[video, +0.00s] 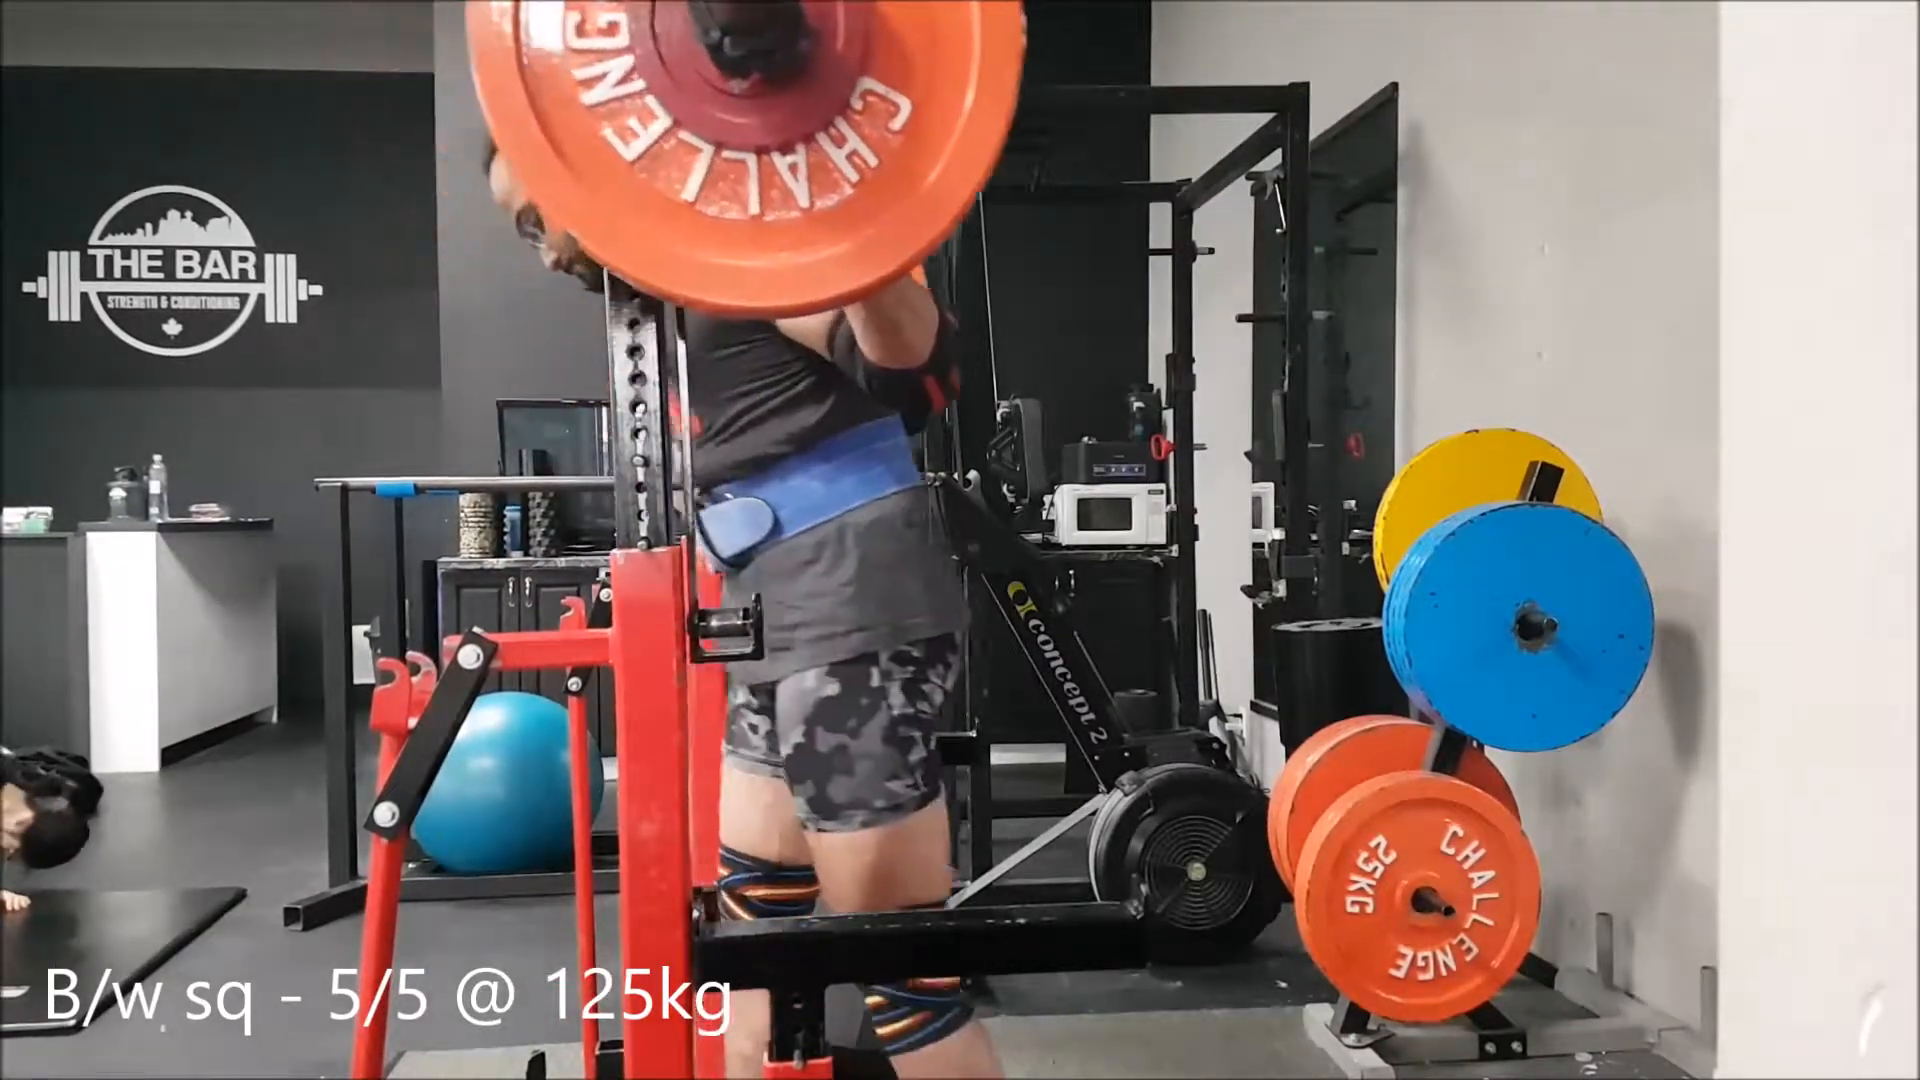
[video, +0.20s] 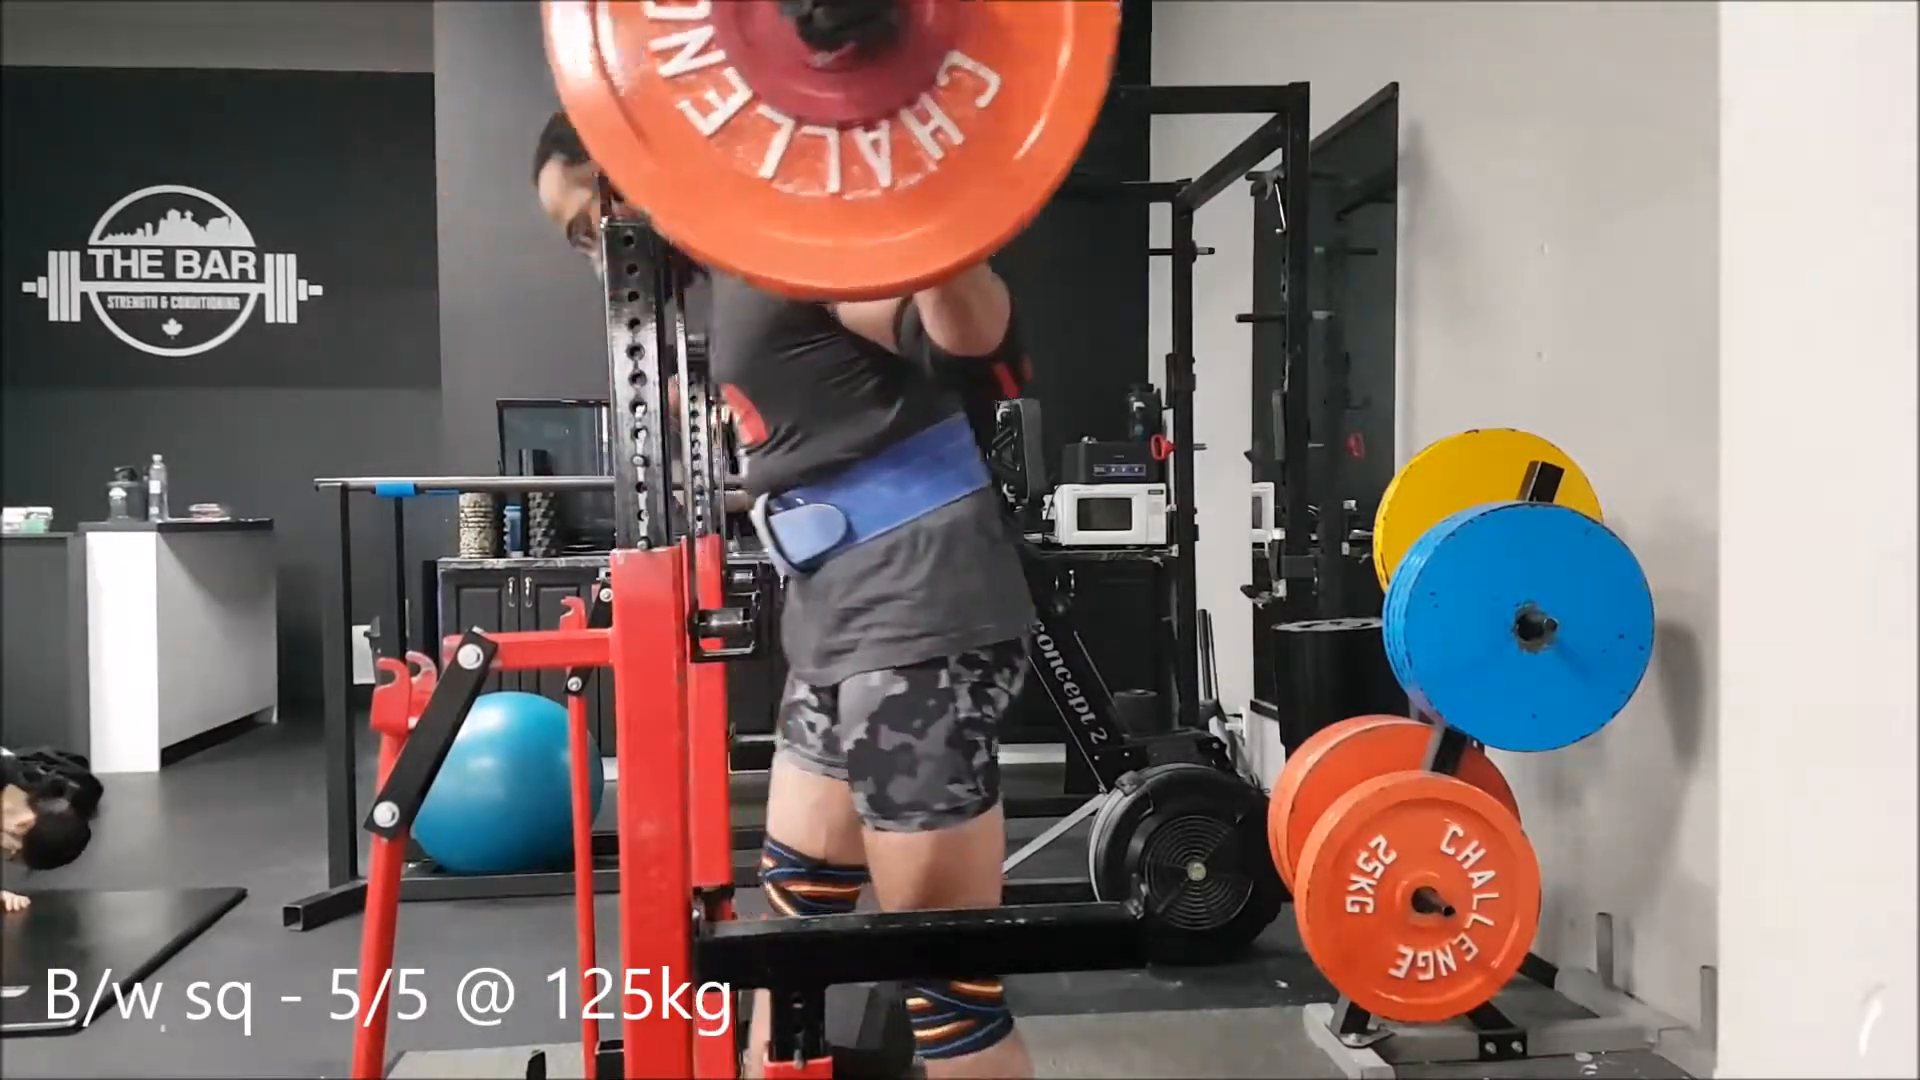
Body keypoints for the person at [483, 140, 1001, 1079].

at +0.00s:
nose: (547, 243)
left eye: (544, 209)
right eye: (529, 223)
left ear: (598, 173)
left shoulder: (752, 216)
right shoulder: (662, 257)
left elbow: (905, 341)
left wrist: (847, 181)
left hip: (851, 569)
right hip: (768, 581)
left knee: (901, 971)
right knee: (752, 927)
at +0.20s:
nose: (603, 242)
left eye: (598, 211)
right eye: (583, 231)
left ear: (637, 165)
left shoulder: (805, 223)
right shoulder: (718, 273)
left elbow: (972, 333)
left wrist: (922, 177)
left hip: (921, 584)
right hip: (833, 594)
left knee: (946, 970)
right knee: (792, 913)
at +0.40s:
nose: (659, 212)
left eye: (654, 181)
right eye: (639, 196)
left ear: (705, 140)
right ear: (682, 165)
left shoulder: (850, 220)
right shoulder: (773, 253)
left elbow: (1027, 318)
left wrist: (968, 158)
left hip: (957, 573)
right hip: (877, 580)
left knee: (961, 961)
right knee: (867, 878)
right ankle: (912, 1079)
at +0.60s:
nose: (672, 254)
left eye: (664, 219)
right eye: (654, 231)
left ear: (711, 164)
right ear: (706, 177)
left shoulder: (858, 237)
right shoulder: (797, 272)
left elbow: (1045, 333)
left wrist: (995, 183)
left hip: (973, 588)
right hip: (919, 597)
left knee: (961, 964)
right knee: (957, 960)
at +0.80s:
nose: (692, 263)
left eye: (687, 221)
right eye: (680, 230)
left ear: (733, 182)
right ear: (729, 192)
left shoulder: (864, 243)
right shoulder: (814, 278)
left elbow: (1053, 337)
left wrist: (1007, 184)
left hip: (979, 573)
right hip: (929, 582)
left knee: (977, 950)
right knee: (963, 944)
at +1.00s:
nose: (697, 265)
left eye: (690, 228)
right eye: (682, 240)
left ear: (736, 179)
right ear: (731, 191)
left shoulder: (869, 237)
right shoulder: (818, 271)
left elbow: (1056, 332)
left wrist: (1008, 179)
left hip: (985, 568)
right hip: (932, 578)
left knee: (998, 934)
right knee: (981, 931)